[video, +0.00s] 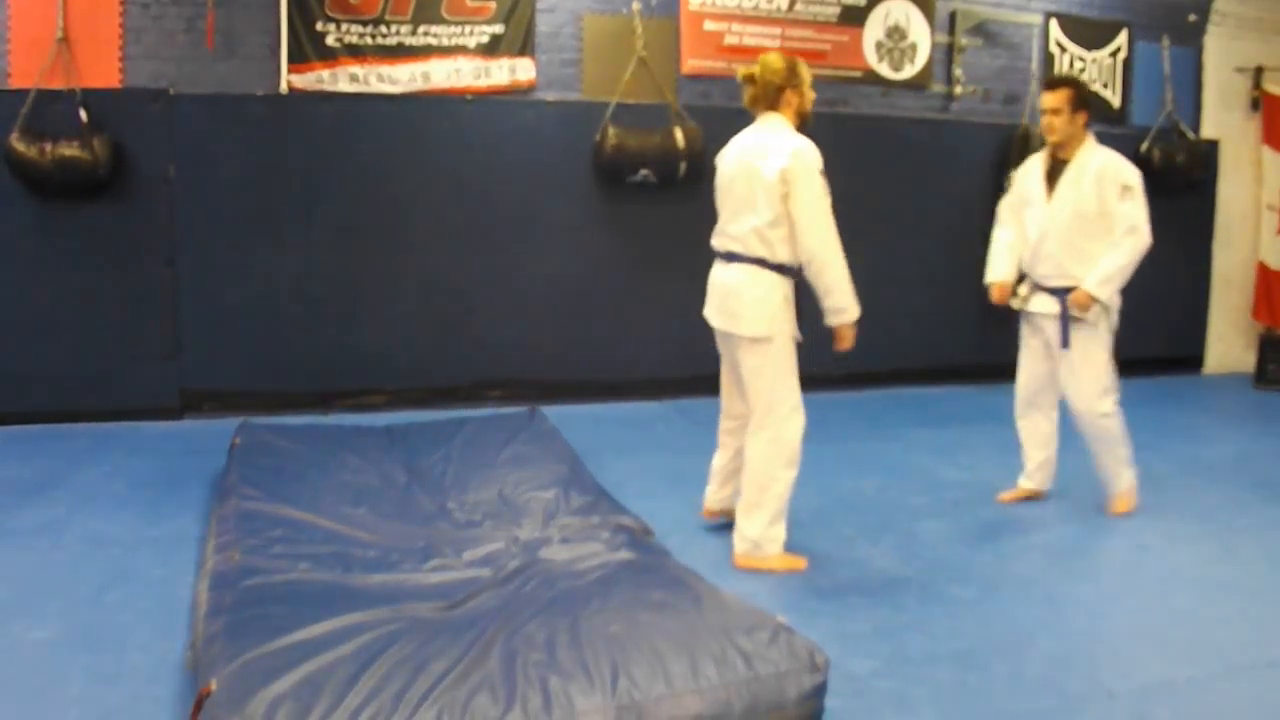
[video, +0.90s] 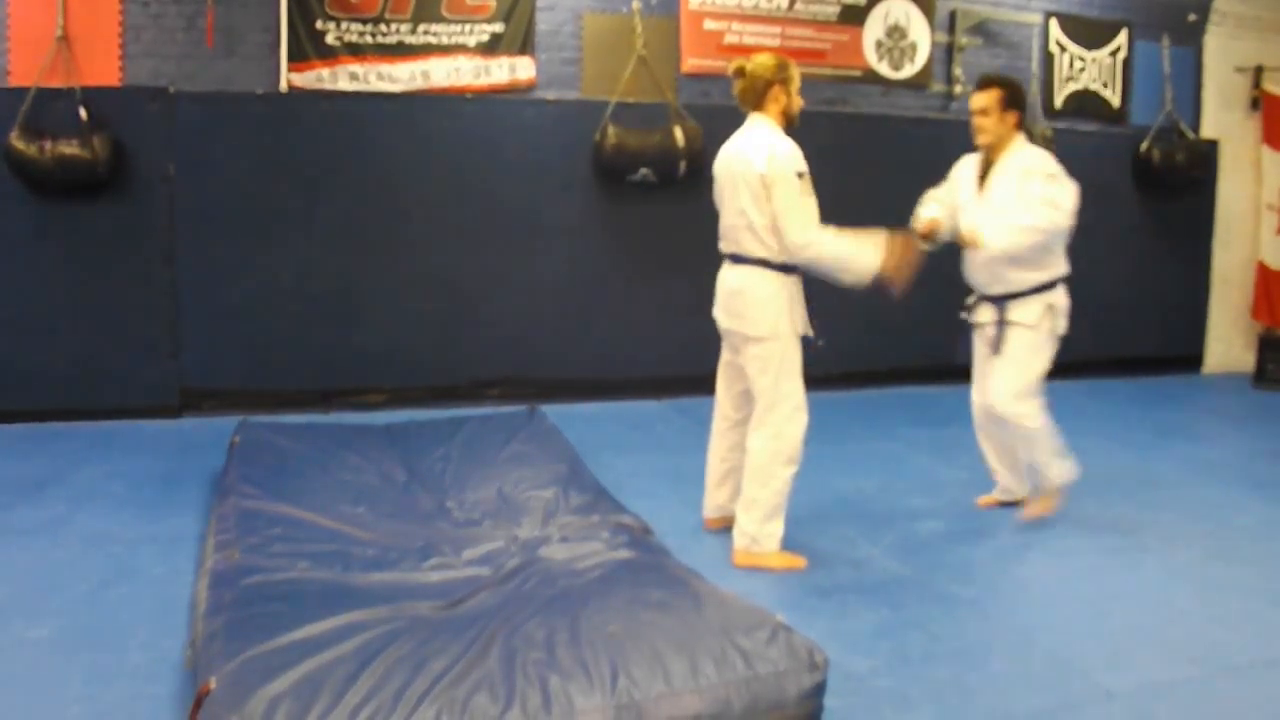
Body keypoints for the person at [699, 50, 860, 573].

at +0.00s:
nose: (811, 98)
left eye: (809, 89)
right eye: (807, 90)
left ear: (759, 94)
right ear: (792, 95)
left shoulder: (733, 148)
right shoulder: (797, 153)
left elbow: (734, 223)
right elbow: (817, 240)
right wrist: (842, 312)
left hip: (723, 280)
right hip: (765, 290)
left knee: (737, 403)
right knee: (779, 417)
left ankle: (721, 496)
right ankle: (758, 543)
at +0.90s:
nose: (799, 100)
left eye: (795, 91)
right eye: (794, 92)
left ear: (752, 96)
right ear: (778, 95)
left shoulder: (731, 149)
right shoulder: (779, 154)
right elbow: (800, 241)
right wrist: (876, 254)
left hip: (733, 283)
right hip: (767, 291)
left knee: (734, 404)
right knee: (782, 416)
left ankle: (720, 506)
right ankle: (756, 541)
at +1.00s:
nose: (800, 101)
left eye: (797, 93)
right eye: (796, 93)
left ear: (753, 95)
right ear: (781, 95)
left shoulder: (733, 145)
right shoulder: (785, 152)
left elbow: (761, 201)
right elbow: (838, 214)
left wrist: (810, 176)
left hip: (724, 282)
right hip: (763, 291)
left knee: (730, 405)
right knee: (781, 417)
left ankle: (720, 506)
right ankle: (756, 541)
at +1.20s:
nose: (809, 112)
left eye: (807, 103)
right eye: (804, 102)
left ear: (768, 102)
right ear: (781, 101)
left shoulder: (745, 144)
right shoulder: (775, 153)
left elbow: (802, 214)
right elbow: (834, 227)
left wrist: (837, 196)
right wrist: (870, 200)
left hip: (722, 286)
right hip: (743, 293)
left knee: (753, 407)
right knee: (776, 418)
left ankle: (730, 504)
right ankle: (758, 543)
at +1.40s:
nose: (782, 131)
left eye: (782, 121)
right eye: (773, 121)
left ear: (755, 123)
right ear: (740, 121)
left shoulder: (748, 170)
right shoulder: (727, 177)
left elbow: (745, 245)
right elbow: (766, 257)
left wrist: (781, 225)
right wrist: (827, 227)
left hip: (736, 308)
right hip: (705, 311)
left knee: (772, 419)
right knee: (757, 419)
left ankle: (745, 516)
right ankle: (704, 515)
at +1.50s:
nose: (744, 144)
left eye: (748, 134)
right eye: (734, 135)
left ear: (751, 133)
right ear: (707, 136)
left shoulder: (744, 181)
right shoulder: (692, 189)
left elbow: (774, 229)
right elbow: (755, 249)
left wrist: (784, 196)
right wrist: (812, 213)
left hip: (737, 320)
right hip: (691, 323)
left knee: (772, 429)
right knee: (721, 438)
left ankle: (749, 517)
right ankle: (666, 493)